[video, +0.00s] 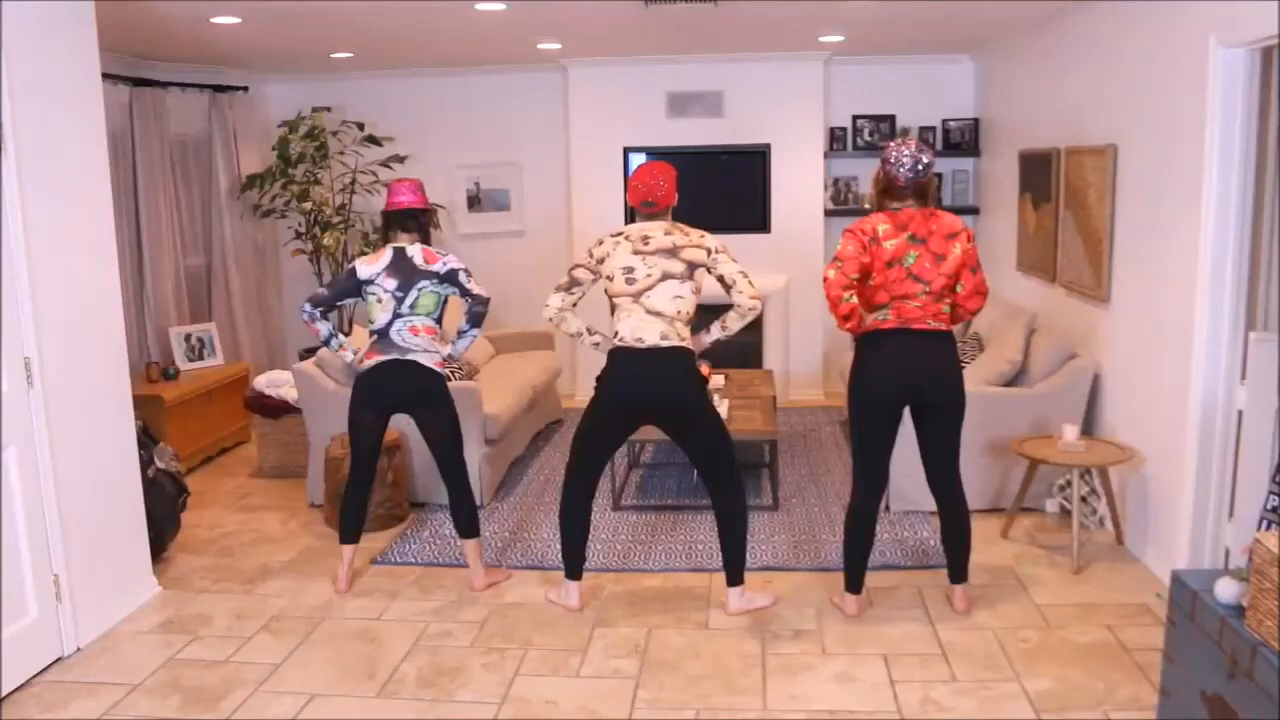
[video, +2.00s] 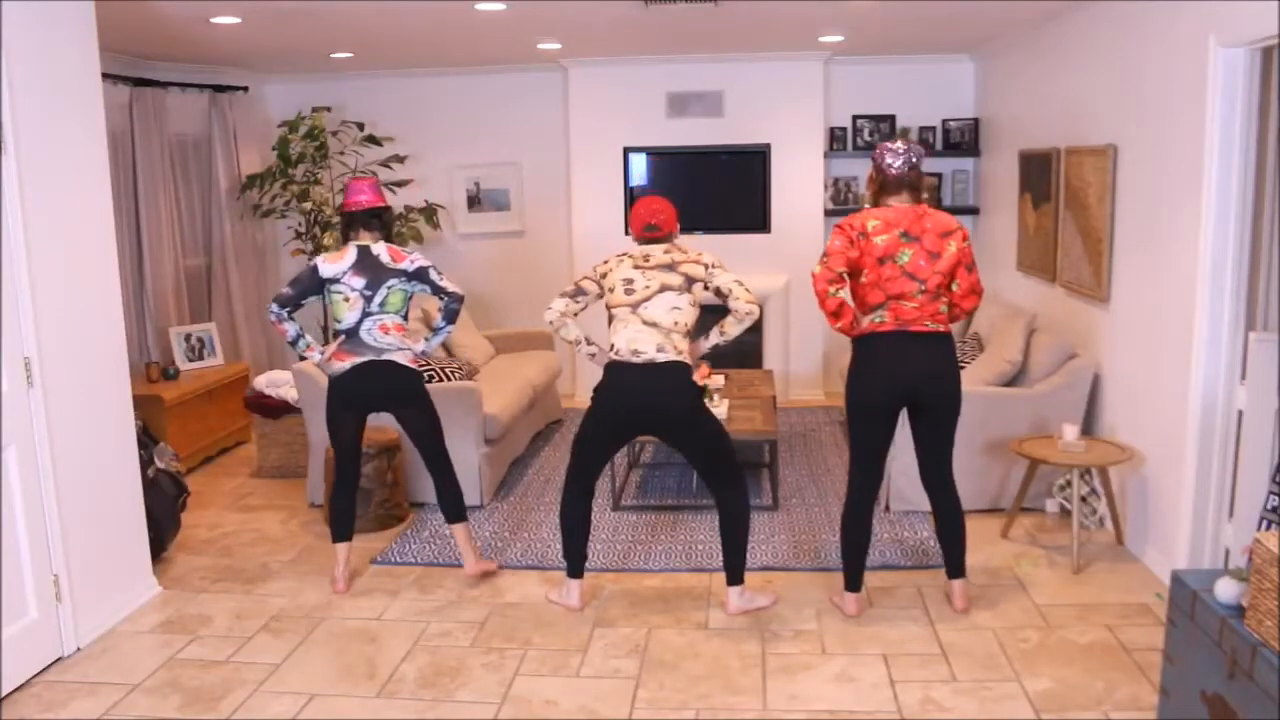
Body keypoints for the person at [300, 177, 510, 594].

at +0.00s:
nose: (423, 226)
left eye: (402, 221)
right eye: (424, 220)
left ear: (387, 222)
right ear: (426, 221)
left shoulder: (367, 265)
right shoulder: (443, 262)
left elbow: (310, 308)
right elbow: (479, 301)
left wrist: (348, 351)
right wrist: (455, 351)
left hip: (373, 380)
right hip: (426, 380)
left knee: (360, 473)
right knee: (455, 473)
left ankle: (345, 572)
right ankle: (478, 572)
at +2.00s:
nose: (374, 227)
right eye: (382, 218)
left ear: (344, 221)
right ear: (385, 218)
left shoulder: (327, 264)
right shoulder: (406, 259)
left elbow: (277, 309)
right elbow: (453, 297)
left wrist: (313, 353)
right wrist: (430, 343)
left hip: (347, 383)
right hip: (401, 379)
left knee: (345, 474)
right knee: (439, 463)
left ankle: (340, 571)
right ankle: (471, 559)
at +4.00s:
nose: (307, 227)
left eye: (317, 223)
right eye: (312, 220)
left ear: (338, 237)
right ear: (336, 237)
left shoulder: (352, 286)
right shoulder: (340, 277)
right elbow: (350, 339)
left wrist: (392, 373)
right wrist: (315, 368)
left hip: (400, 393)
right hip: (378, 389)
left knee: (359, 484)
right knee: (344, 463)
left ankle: (410, 582)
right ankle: (358, 545)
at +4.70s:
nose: (336, 231)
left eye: (346, 224)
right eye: (330, 223)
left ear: (362, 234)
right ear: (321, 231)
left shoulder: (384, 278)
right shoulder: (315, 287)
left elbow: (437, 324)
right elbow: (304, 328)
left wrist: (393, 355)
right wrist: (315, 355)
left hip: (401, 382)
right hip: (351, 388)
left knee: (423, 469)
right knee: (325, 470)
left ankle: (452, 559)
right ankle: (355, 552)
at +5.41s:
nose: (378, 211)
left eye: (386, 205)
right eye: (371, 206)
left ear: (399, 216)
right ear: (360, 218)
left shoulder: (426, 268)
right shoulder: (342, 274)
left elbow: (469, 323)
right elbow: (311, 326)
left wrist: (427, 358)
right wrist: (342, 364)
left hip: (423, 378)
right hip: (368, 383)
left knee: (447, 462)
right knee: (335, 463)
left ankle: (455, 556)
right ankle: (335, 553)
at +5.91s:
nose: (356, 272)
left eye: (365, 264)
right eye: (349, 265)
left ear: (382, 271)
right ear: (341, 272)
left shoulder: (412, 318)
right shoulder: (332, 325)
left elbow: (461, 363)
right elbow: (312, 366)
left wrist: (422, 404)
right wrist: (347, 406)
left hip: (421, 401)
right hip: (365, 407)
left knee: (462, 476)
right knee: (314, 474)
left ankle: (457, 560)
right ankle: (333, 555)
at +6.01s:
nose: (354, 281)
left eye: (364, 272)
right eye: (347, 273)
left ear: (380, 279)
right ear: (339, 281)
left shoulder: (410, 324)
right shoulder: (331, 332)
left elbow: (460, 368)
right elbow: (311, 370)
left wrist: (421, 409)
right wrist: (347, 410)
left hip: (420, 403)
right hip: (365, 409)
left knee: (463, 477)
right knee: (312, 474)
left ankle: (457, 560)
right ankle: (333, 555)